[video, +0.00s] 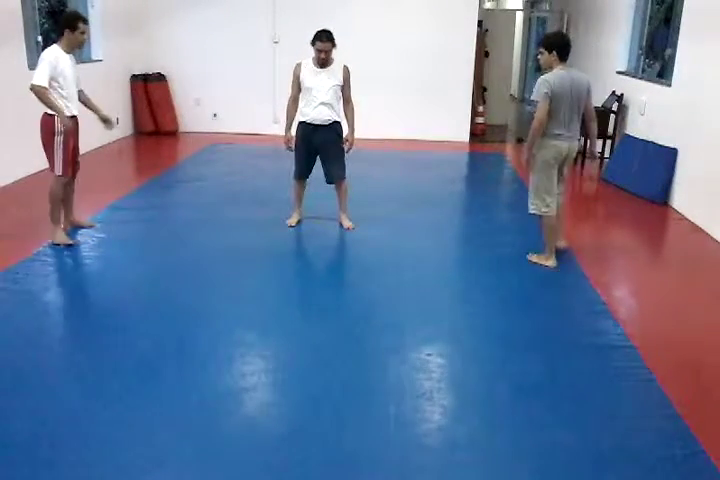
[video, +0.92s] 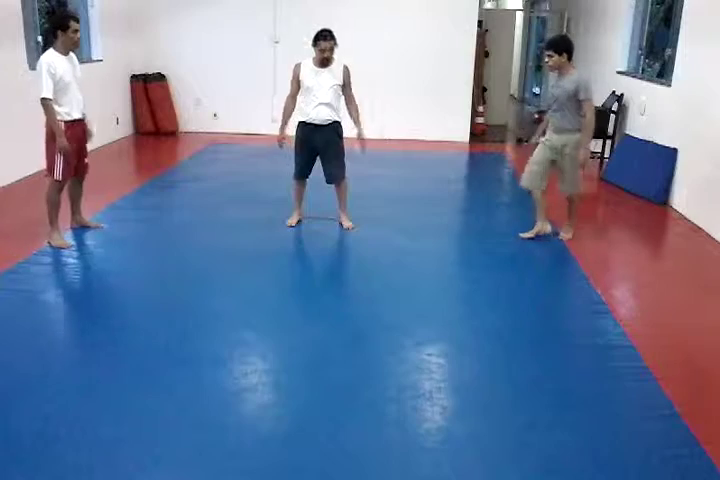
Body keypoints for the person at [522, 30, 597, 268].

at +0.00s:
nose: (539, 58)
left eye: (541, 53)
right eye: (539, 53)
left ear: (553, 55)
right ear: (563, 55)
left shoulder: (547, 81)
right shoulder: (582, 80)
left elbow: (540, 120)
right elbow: (590, 117)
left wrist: (528, 148)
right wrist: (593, 147)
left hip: (550, 143)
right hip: (570, 144)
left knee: (546, 199)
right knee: (558, 192)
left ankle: (549, 253)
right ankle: (559, 237)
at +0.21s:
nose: (534, 59)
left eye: (538, 55)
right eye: (534, 55)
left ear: (550, 56)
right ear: (556, 56)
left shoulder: (550, 82)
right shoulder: (570, 79)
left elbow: (546, 121)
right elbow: (577, 118)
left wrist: (525, 146)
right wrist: (580, 147)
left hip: (550, 142)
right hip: (566, 141)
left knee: (546, 196)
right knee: (551, 189)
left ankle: (550, 252)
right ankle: (545, 231)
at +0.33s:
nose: (533, 59)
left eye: (536, 54)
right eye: (533, 54)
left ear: (549, 54)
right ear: (552, 55)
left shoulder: (553, 79)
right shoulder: (562, 76)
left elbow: (554, 118)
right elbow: (560, 115)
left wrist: (537, 145)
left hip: (555, 138)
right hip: (561, 136)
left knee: (541, 190)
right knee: (547, 186)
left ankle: (554, 242)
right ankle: (545, 231)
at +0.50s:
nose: (533, 56)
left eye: (537, 51)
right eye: (533, 51)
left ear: (550, 51)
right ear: (548, 52)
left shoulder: (560, 75)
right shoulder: (551, 75)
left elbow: (565, 107)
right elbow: (554, 107)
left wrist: (562, 135)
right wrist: (544, 133)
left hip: (555, 133)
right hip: (547, 131)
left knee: (542, 187)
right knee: (543, 186)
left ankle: (565, 231)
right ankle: (544, 231)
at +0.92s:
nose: (546, 61)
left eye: (550, 56)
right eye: (546, 56)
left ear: (564, 56)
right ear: (553, 57)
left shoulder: (580, 81)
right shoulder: (555, 80)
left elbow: (589, 115)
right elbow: (551, 113)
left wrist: (584, 147)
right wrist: (538, 134)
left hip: (572, 138)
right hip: (550, 136)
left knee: (571, 185)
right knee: (533, 176)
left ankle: (569, 225)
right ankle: (541, 222)